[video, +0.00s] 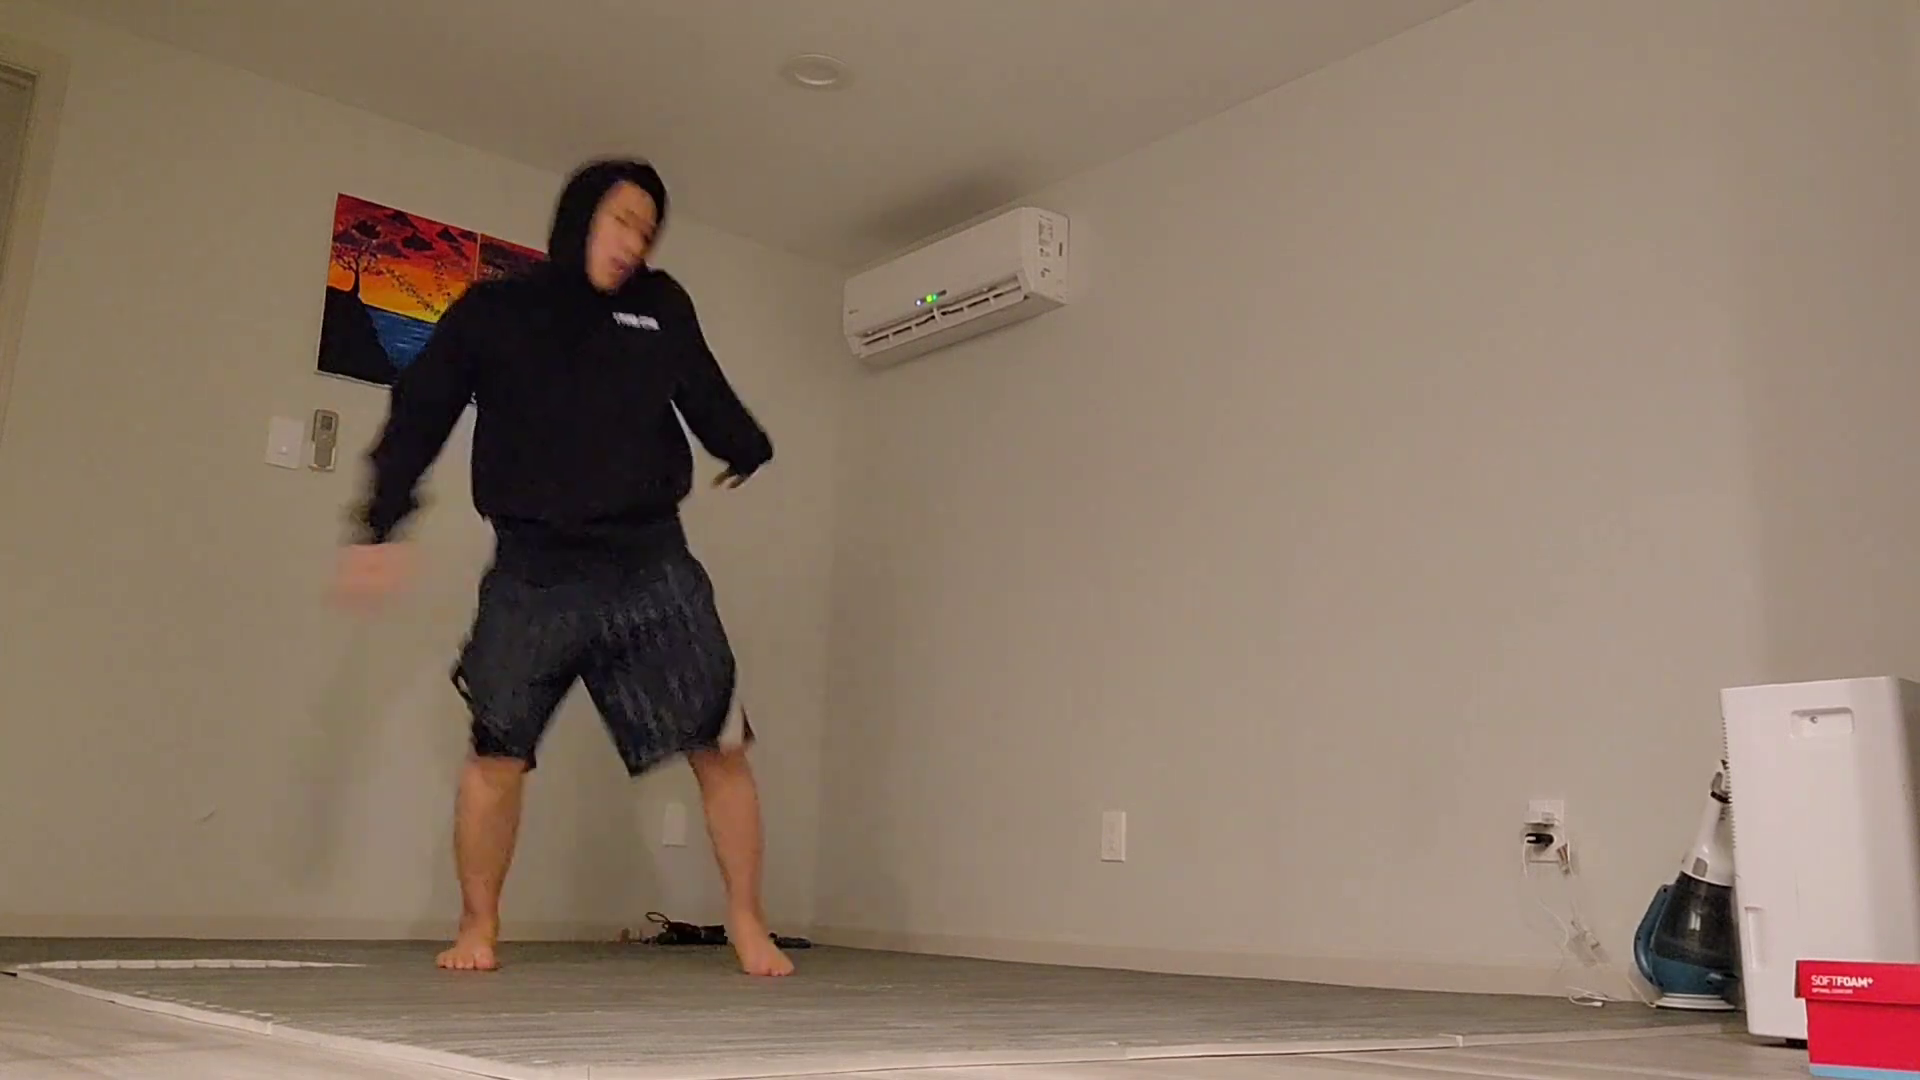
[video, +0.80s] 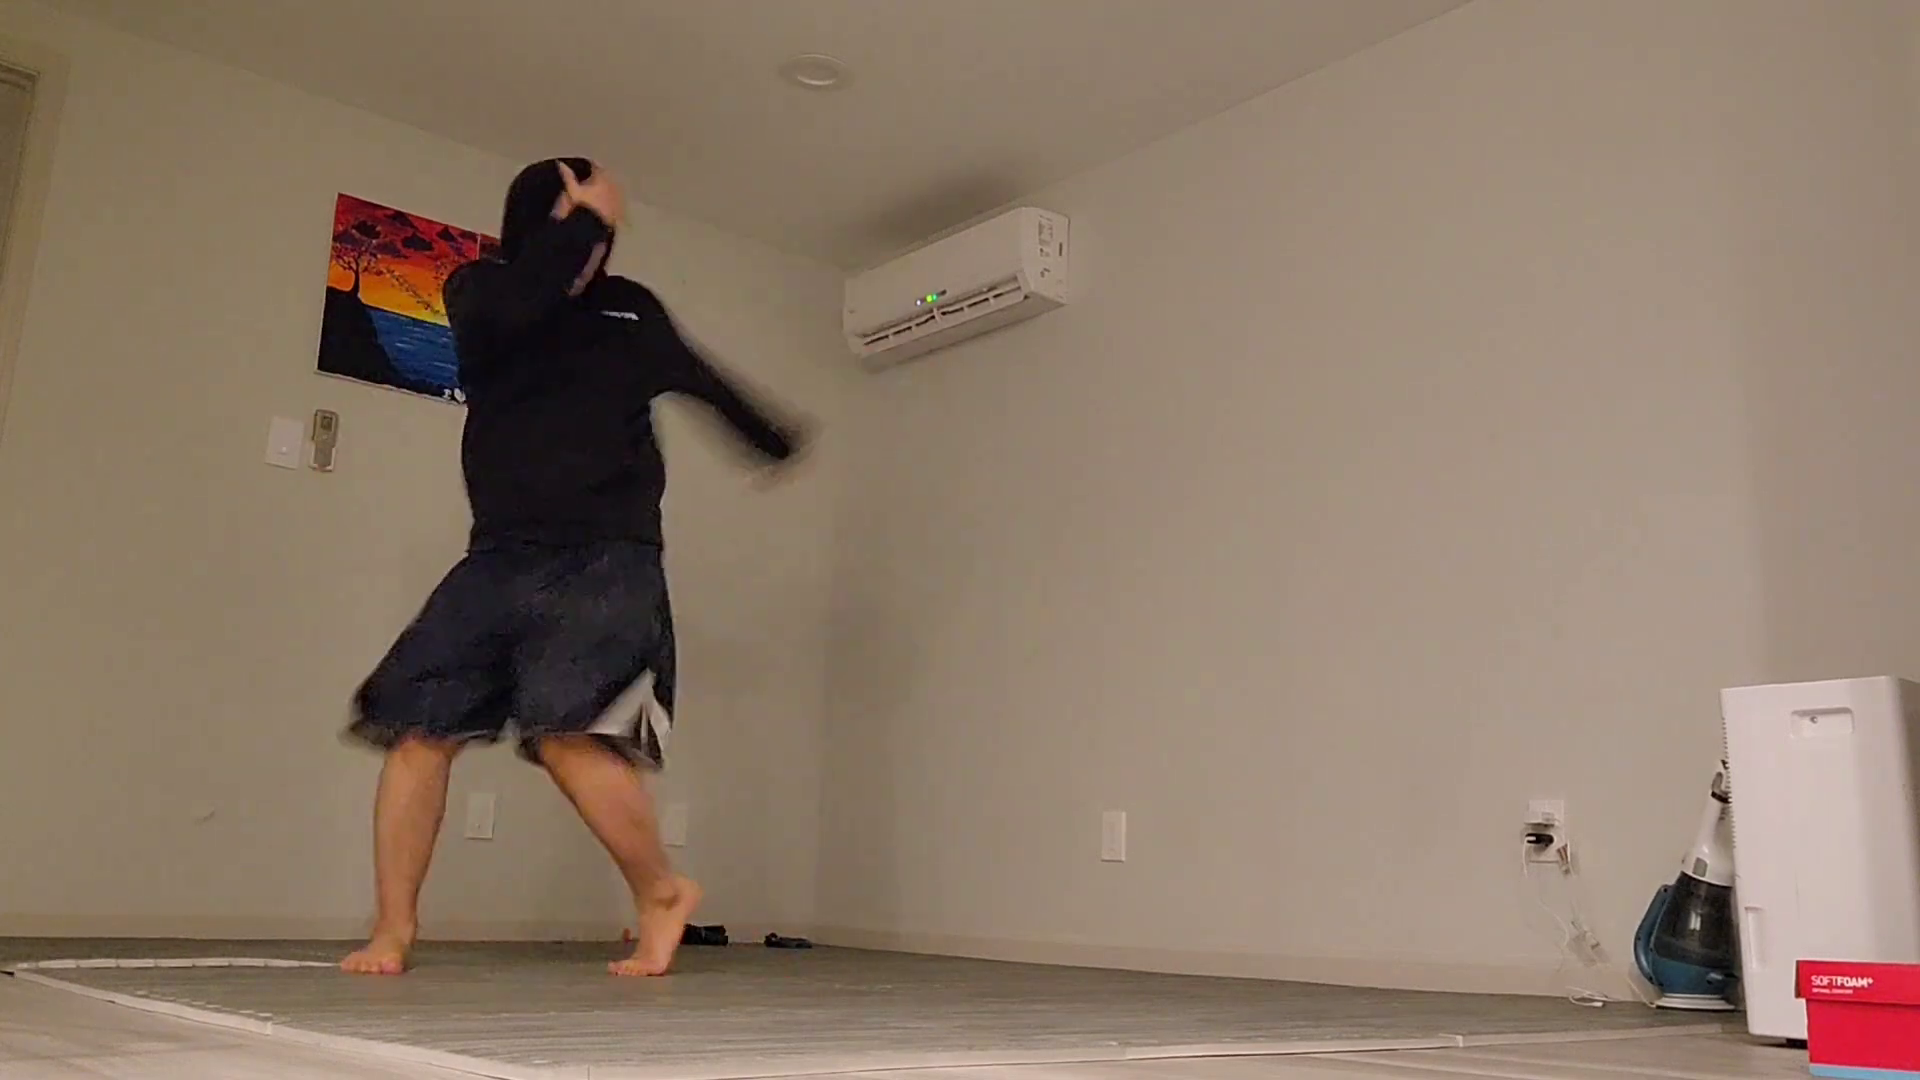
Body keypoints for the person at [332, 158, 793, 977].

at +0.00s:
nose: (631, 242)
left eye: (645, 231)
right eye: (619, 221)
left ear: (652, 242)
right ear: (577, 217)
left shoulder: (660, 307)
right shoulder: (496, 309)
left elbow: (703, 391)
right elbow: (420, 408)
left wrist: (745, 448)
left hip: (650, 559)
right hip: (535, 564)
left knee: (720, 742)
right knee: (497, 752)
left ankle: (747, 922)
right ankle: (478, 926)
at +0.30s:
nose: (646, 220)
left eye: (658, 208)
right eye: (634, 200)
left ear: (666, 217)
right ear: (591, 195)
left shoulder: (667, 299)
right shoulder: (514, 273)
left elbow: (705, 382)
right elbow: (414, 347)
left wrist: (737, 439)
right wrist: (349, 425)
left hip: (665, 527)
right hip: (568, 522)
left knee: (689, 716)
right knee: (567, 714)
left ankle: (650, 911)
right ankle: (517, 898)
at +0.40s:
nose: (656, 230)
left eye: (670, 220)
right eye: (644, 210)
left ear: (678, 231)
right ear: (605, 203)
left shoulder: (673, 295)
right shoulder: (532, 264)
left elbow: (705, 355)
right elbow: (435, 305)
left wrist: (649, 353)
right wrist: (382, 352)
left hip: (661, 524)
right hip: (570, 515)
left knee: (665, 715)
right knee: (610, 696)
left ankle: (608, 909)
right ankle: (622, 902)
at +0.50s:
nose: (653, 258)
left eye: (675, 252)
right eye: (648, 240)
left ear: (687, 268)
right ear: (615, 240)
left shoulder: (679, 326)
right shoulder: (542, 295)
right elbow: (449, 296)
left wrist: (644, 250)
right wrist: (437, 313)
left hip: (642, 546)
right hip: (548, 536)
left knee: (651, 745)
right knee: (613, 715)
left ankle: (590, 930)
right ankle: (663, 913)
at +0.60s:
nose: (643, 265)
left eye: (658, 256)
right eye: (631, 247)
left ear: (666, 268)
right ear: (596, 247)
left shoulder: (666, 337)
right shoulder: (526, 326)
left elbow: (736, 305)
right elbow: (417, 296)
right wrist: (510, 267)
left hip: (635, 561)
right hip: (537, 554)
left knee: (649, 765)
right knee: (563, 727)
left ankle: (591, 927)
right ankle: (558, 928)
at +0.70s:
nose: (596, 252)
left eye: (610, 238)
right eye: (582, 236)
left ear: (624, 242)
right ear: (547, 230)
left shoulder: (659, 314)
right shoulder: (498, 301)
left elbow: (773, 337)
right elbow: (471, 302)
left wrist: (886, 351)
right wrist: (567, 217)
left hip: (629, 560)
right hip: (513, 550)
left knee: (626, 740)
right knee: (460, 712)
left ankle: (634, 899)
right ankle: (416, 909)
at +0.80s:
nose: (598, 248)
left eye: (604, 234)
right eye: (586, 231)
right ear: (543, 229)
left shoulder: (629, 312)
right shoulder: (478, 291)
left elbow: (705, 381)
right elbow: (513, 307)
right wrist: (586, 224)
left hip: (610, 558)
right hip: (502, 556)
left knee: (566, 729)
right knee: (421, 726)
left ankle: (661, 894)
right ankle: (392, 930)